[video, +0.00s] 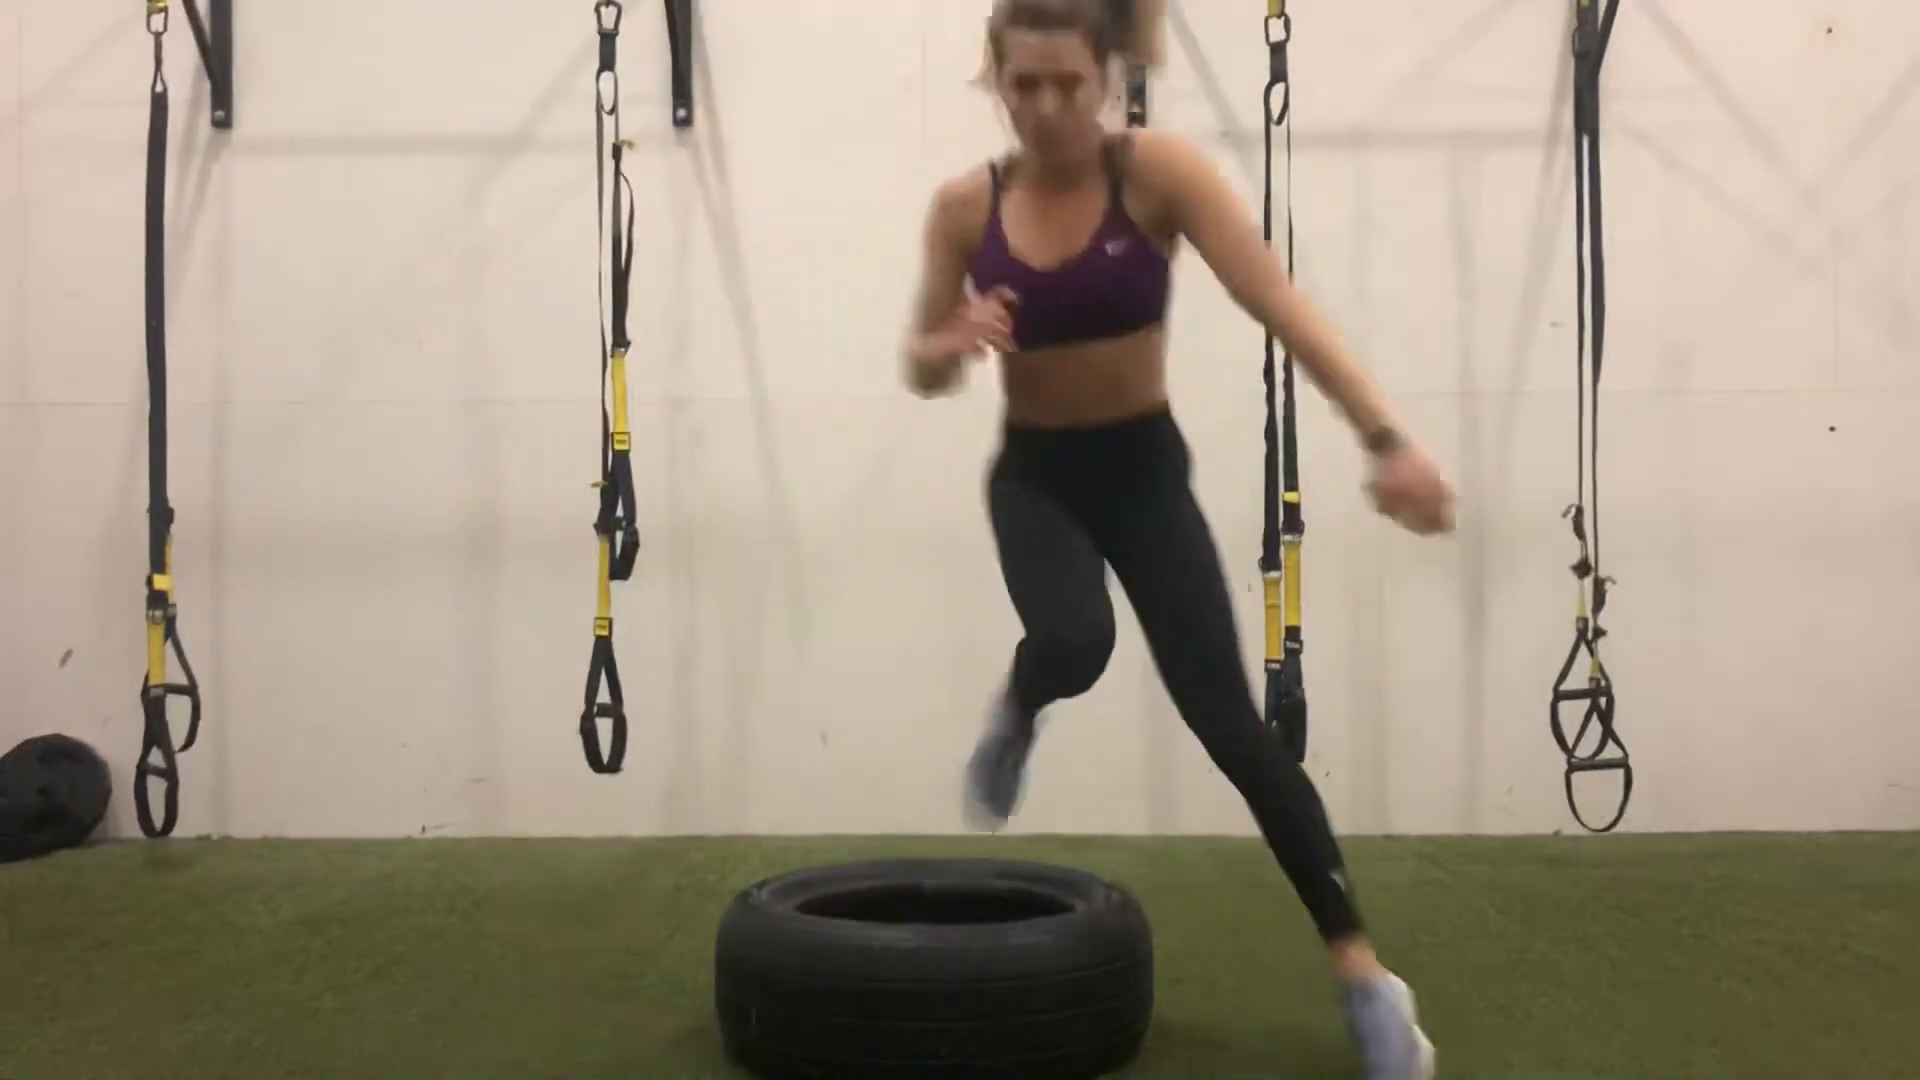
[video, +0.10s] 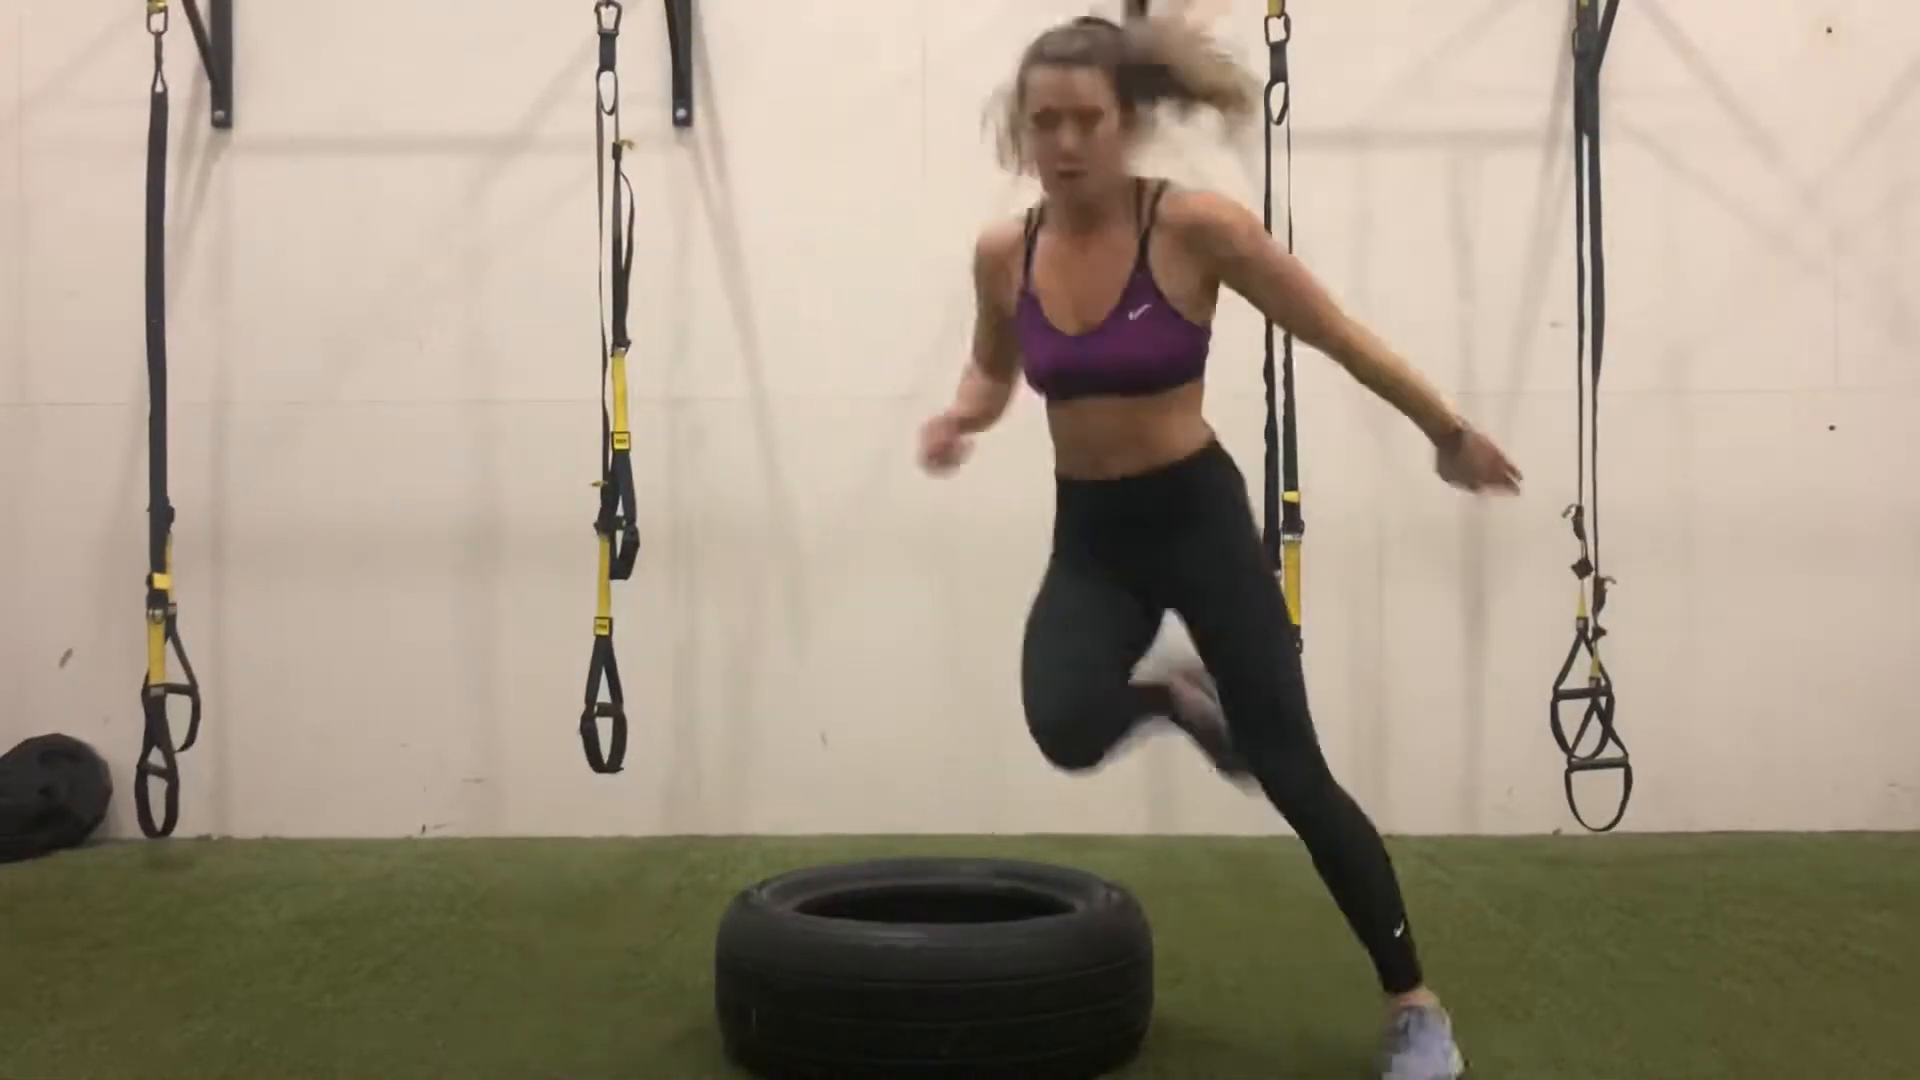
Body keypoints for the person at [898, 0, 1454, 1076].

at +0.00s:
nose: (1049, 107)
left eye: (1069, 83)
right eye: (1028, 84)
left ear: (1107, 75)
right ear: (998, 82)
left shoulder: (1162, 174)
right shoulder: (965, 209)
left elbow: (1276, 301)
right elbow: (925, 372)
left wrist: (1387, 440)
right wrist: (953, 340)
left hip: (1142, 466)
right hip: (1034, 472)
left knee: (1227, 721)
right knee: (1075, 644)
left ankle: (1360, 969)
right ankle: (1014, 717)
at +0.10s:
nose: (1063, 141)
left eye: (1085, 119)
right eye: (1044, 121)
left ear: (1131, 123)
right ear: (1021, 128)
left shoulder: (1196, 224)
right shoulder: (1005, 254)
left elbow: (1332, 332)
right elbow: (991, 367)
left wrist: (1450, 432)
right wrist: (964, 416)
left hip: (1199, 522)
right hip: (1090, 535)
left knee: (1285, 769)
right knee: (1067, 738)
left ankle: (1413, 1006)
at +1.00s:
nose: (844, 201)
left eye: (866, 180)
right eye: (826, 177)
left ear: (902, 166)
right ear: (794, 157)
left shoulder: (928, 275)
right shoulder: (738, 255)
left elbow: (1021, 410)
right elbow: (621, 318)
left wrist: (931, 360)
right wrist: (531, 374)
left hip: (793, 550)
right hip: (697, 510)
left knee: (709, 782)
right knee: (709, 724)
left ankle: (538, 969)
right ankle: (546, 743)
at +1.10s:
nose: (885, 162)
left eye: (904, 139)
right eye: (863, 139)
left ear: (932, 136)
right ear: (829, 136)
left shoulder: (962, 210)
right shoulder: (795, 214)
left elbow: (981, 323)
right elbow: (690, 215)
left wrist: (859, 276)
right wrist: (612, 258)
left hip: (834, 500)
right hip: (761, 472)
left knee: (721, 733)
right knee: (921, 614)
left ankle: (550, 943)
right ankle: (720, 719)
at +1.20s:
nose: (933, 124)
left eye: (950, 100)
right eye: (910, 100)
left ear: (976, 96)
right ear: (872, 96)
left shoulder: (1009, 178)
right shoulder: (827, 185)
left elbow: (980, 303)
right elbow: (722, 231)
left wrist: (834, 284)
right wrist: (630, 282)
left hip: (892, 481)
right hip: (825, 467)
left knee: (863, 735)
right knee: (981, 648)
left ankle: (652, 821)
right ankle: (889, 857)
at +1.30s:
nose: (981, 133)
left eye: (999, 110)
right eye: (960, 111)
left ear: (1026, 101)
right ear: (924, 104)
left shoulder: (1057, 176)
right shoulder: (882, 203)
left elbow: (1032, 293)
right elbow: (742, 269)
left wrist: (938, 348)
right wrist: (613, 312)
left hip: (983, 497)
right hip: (898, 497)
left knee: (1077, 714)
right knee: (957, 739)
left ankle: (911, 679)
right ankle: (928, 960)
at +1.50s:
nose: (1040, 125)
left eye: (1058, 101)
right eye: (1017, 102)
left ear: (1087, 95)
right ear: (984, 102)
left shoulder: (1137, 175)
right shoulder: (947, 213)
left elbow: (1264, 308)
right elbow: (879, 353)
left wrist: (1349, 447)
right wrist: (924, 357)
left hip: (1132, 457)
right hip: (1025, 467)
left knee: (1217, 697)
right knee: (1065, 627)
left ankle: (1358, 928)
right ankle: (1038, 754)